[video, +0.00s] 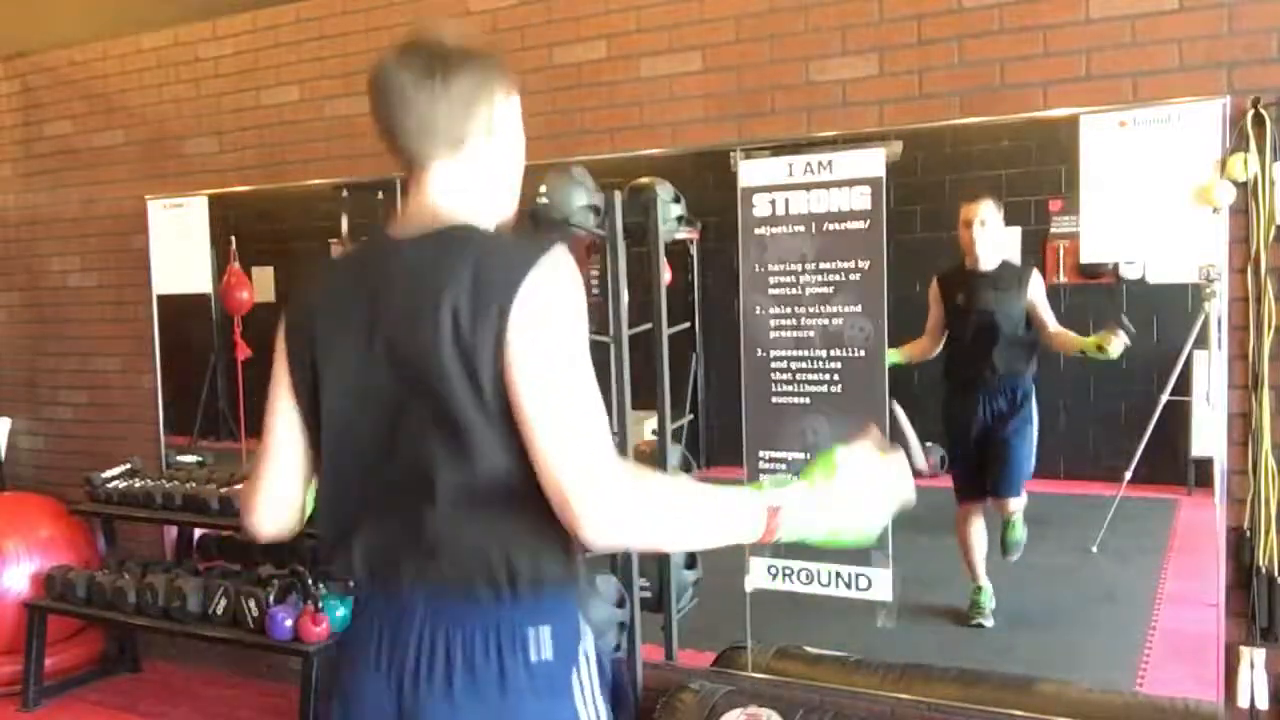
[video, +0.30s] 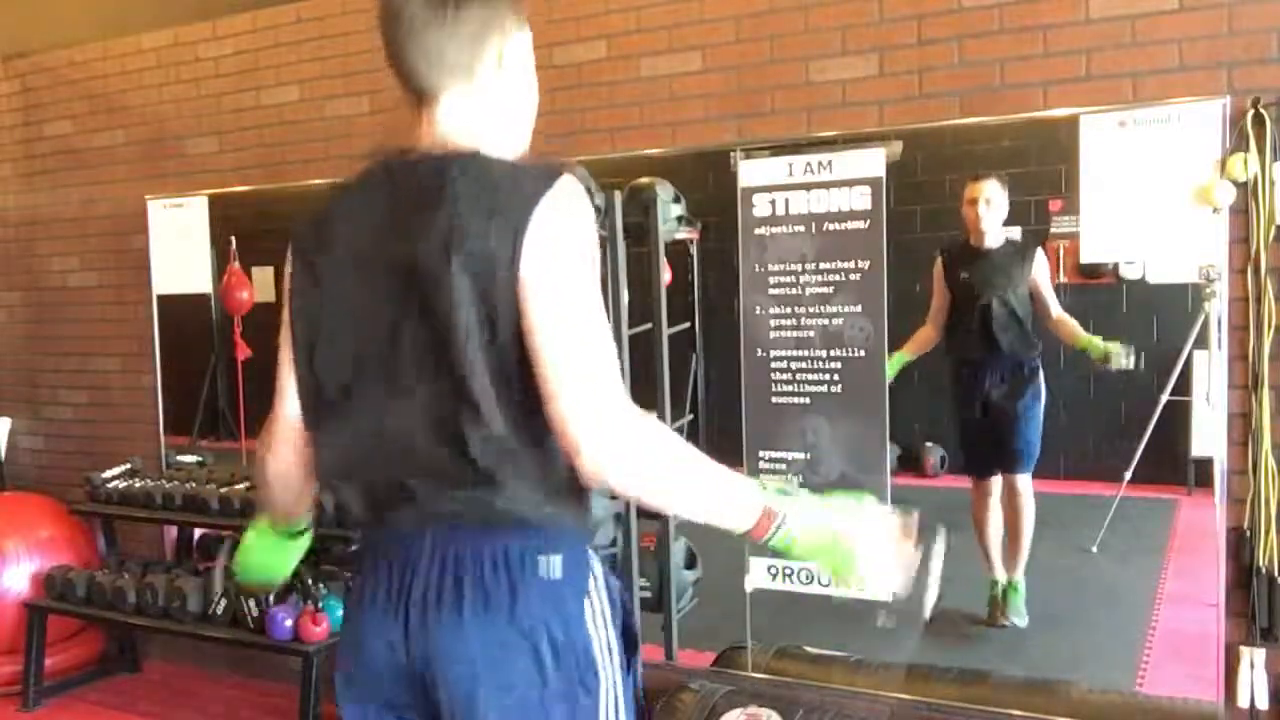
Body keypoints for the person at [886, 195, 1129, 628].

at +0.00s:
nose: (973, 233)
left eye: (983, 224)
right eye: (967, 225)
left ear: (1000, 229)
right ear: (958, 231)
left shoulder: (1026, 281)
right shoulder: (944, 284)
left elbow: (1052, 334)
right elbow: (931, 341)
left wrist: (1090, 344)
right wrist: (893, 354)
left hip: (1015, 398)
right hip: (964, 399)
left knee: (1006, 498)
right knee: (969, 502)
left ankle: (1013, 516)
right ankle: (980, 590)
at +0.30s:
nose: (977, 211)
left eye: (987, 203)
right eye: (971, 202)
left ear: (1005, 209)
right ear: (962, 209)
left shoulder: (1029, 258)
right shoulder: (948, 262)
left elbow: (1054, 316)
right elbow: (934, 326)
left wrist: (1093, 345)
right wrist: (895, 360)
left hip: (1021, 377)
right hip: (971, 379)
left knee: (1017, 479)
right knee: (984, 483)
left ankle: (1016, 585)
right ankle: (996, 582)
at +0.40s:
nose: (980, 236)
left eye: (989, 228)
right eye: (974, 228)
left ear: (1007, 233)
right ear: (963, 235)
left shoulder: (1031, 283)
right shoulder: (949, 287)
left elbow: (1060, 337)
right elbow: (932, 343)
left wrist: (1092, 341)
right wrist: (898, 352)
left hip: (1025, 399)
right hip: (974, 401)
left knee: (1020, 501)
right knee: (985, 504)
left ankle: (1021, 604)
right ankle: (1004, 590)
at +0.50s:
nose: (987, 222)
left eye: (996, 213)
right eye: (980, 213)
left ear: (1013, 220)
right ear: (969, 220)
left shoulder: (1035, 270)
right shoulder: (952, 272)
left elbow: (1062, 325)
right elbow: (934, 331)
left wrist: (1092, 343)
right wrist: (898, 350)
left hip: (1025, 390)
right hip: (976, 391)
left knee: (1021, 490)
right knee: (984, 496)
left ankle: (1020, 592)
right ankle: (1003, 587)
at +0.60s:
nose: (990, 202)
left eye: (999, 194)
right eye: (983, 194)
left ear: (1016, 201)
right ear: (972, 201)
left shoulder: (1037, 253)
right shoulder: (955, 258)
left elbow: (1060, 317)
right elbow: (936, 320)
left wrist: (1095, 356)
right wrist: (900, 363)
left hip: (1025, 371)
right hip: (975, 373)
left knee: (1018, 472)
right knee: (987, 479)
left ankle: (1017, 575)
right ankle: (1000, 570)